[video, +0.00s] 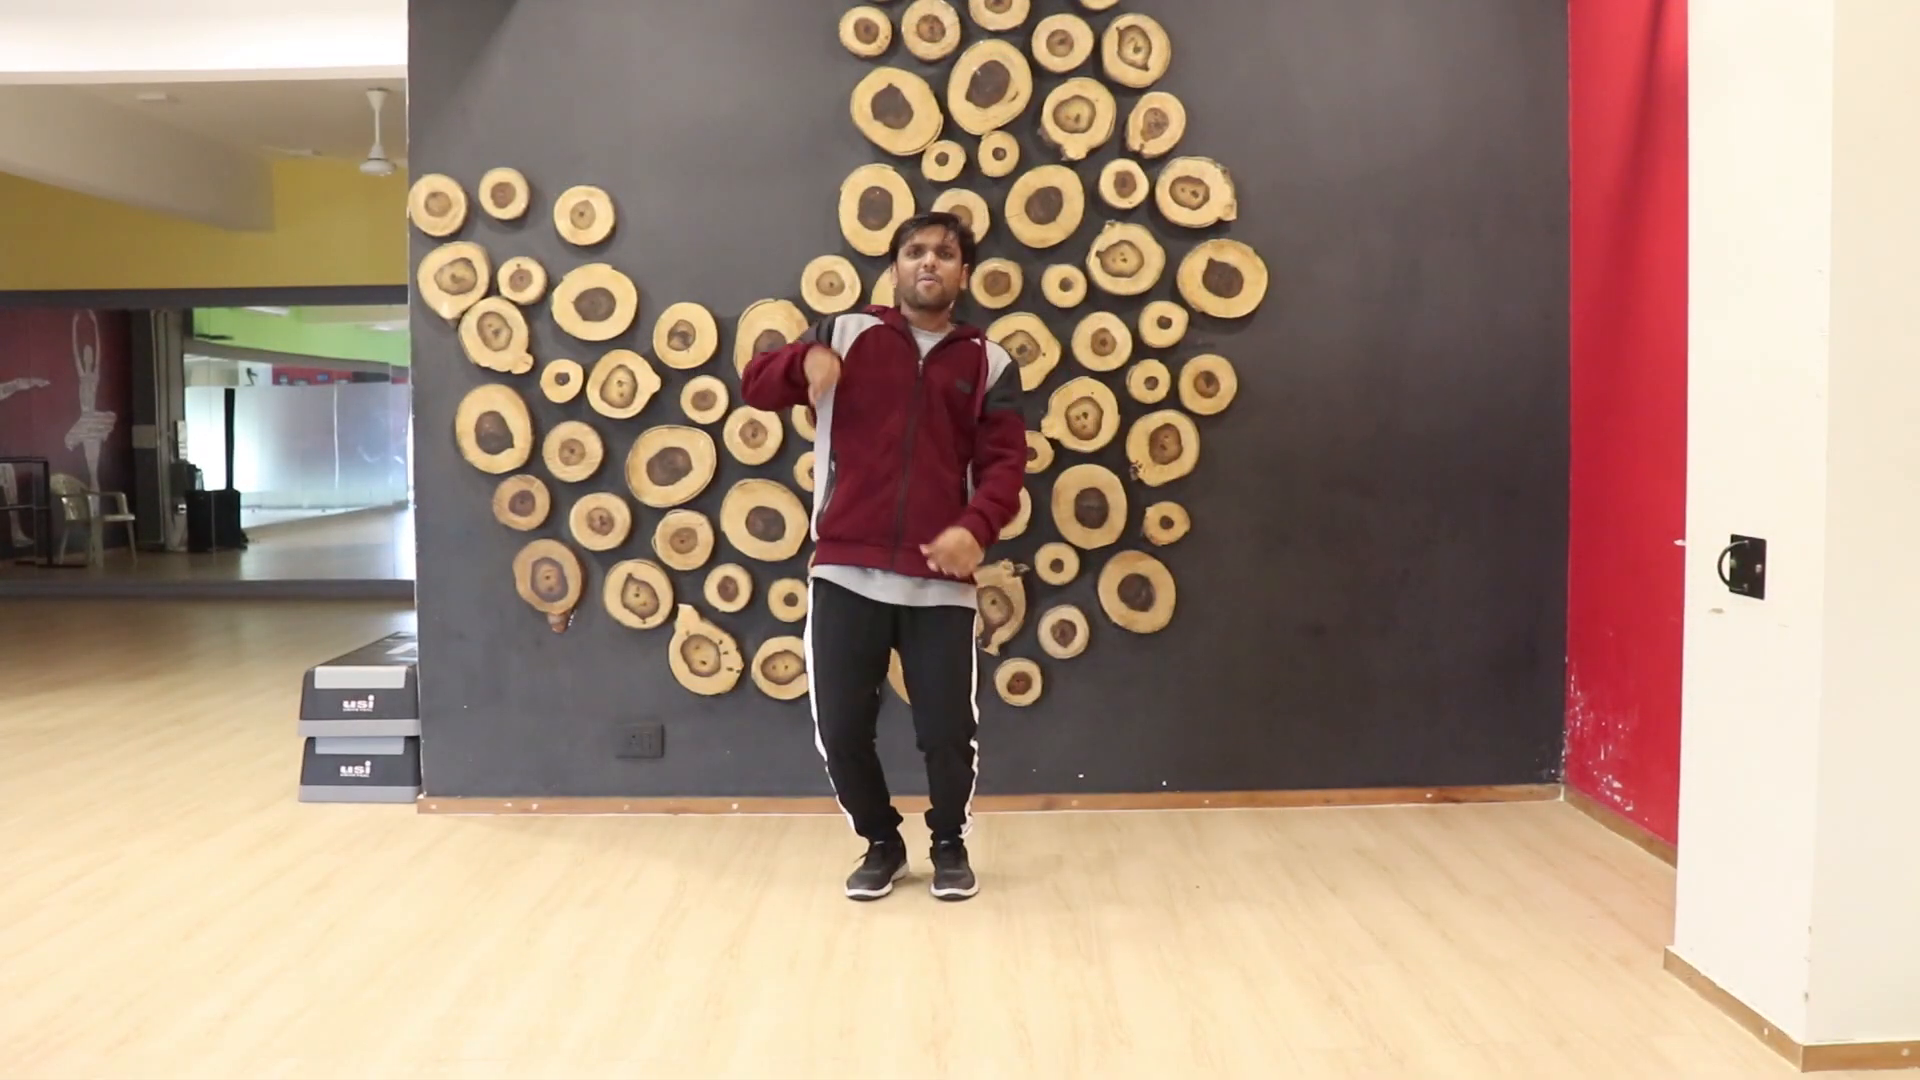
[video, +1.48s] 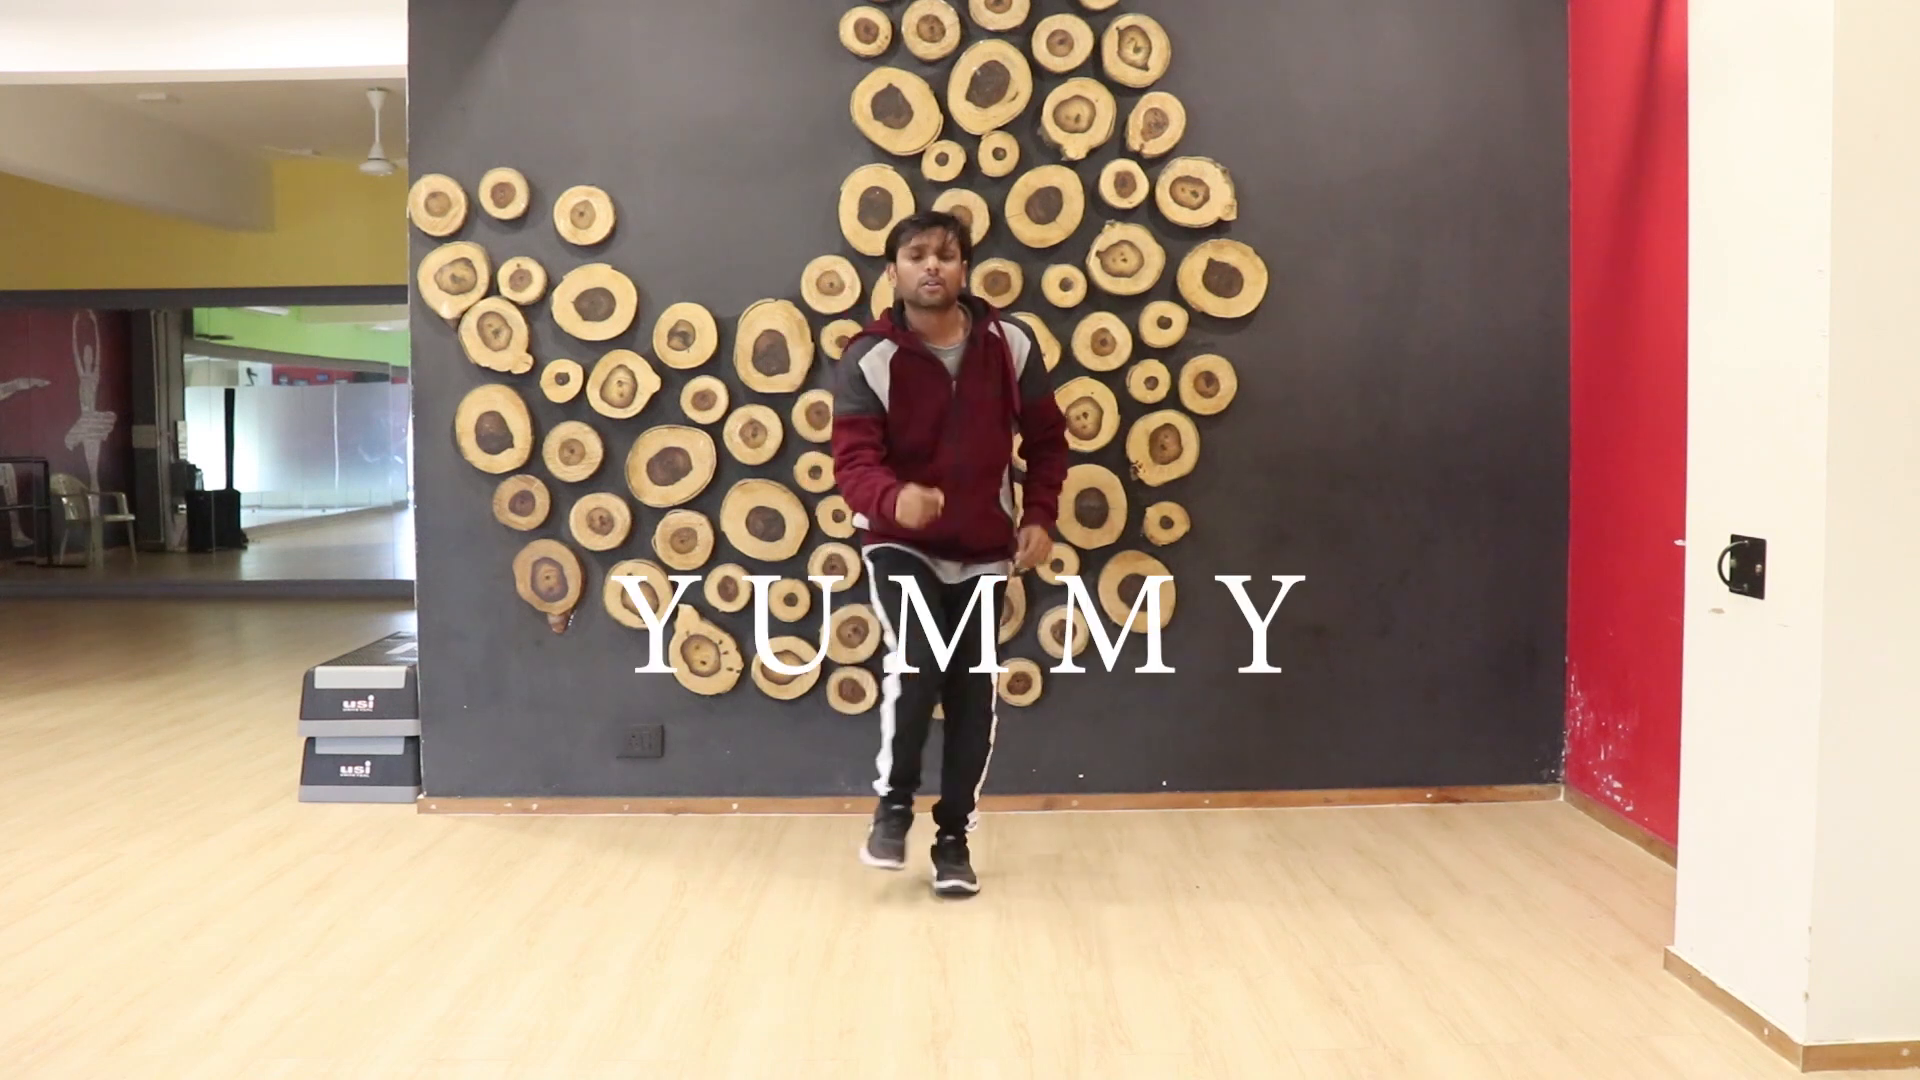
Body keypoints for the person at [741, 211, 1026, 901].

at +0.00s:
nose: (929, 263)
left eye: (944, 254)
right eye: (916, 252)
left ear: (965, 274)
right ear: (893, 269)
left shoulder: (986, 361)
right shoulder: (847, 333)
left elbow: (1005, 460)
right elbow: (755, 385)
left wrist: (975, 527)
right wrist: (802, 358)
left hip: (940, 576)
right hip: (846, 570)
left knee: (947, 730)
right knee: (839, 731)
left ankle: (948, 844)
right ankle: (881, 844)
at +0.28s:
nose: (898, 317)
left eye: (911, 307)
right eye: (885, 307)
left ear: (934, 321)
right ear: (865, 324)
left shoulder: (974, 393)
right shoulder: (841, 393)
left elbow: (1010, 497)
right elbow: (796, 465)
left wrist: (1020, 593)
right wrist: (832, 373)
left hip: (944, 597)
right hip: (848, 592)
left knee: (950, 744)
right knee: (838, 745)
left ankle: (945, 846)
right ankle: (883, 846)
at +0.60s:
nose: (909, 244)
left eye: (921, 233)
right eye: (894, 234)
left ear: (942, 248)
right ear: (872, 252)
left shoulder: (982, 329)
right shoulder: (843, 326)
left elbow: (1029, 417)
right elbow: (787, 377)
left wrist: (1053, 487)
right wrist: (821, 309)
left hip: (949, 545)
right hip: (857, 542)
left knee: (952, 706)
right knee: (861, 706)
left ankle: (949, 843)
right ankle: (883, 843)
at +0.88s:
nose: (919, 232)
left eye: (933, 223)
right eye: (904, 222)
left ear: (954, 243)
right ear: (882, 242)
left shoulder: (990, 328)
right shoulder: (845, 324)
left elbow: (1032, 439)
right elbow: (812, 417)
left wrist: (1029, 542)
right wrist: (833, 485)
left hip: (953, 550)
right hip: (864, 546)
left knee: (951, 702)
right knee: (863, 702)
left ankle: (949, 841)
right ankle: (883, 841)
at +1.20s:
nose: (923, 243)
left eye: (936, 232)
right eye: (908, 232)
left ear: (957, 250)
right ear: (886, 251)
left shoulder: (998, 334)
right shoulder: (850, 338)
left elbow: (1026, 447)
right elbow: (828, 453)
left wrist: (1002, 540)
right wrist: (847, 553)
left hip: (954, 556)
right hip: (866, 554)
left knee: (944, 703)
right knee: (858, 704)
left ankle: (946, 843)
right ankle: (883, 842)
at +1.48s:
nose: (933, 267)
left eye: (945, 256)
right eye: (918, 257)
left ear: (965, 271)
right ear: (894, 273)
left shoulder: (1009, 344)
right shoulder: (868, 360)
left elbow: (1047, 436)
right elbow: (853, 461)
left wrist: (1040, 517)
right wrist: (893, 498)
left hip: (984, 548)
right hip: (901, 546)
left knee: (973, 691)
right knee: (917, 670)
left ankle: (953, 838)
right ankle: (895, 806)